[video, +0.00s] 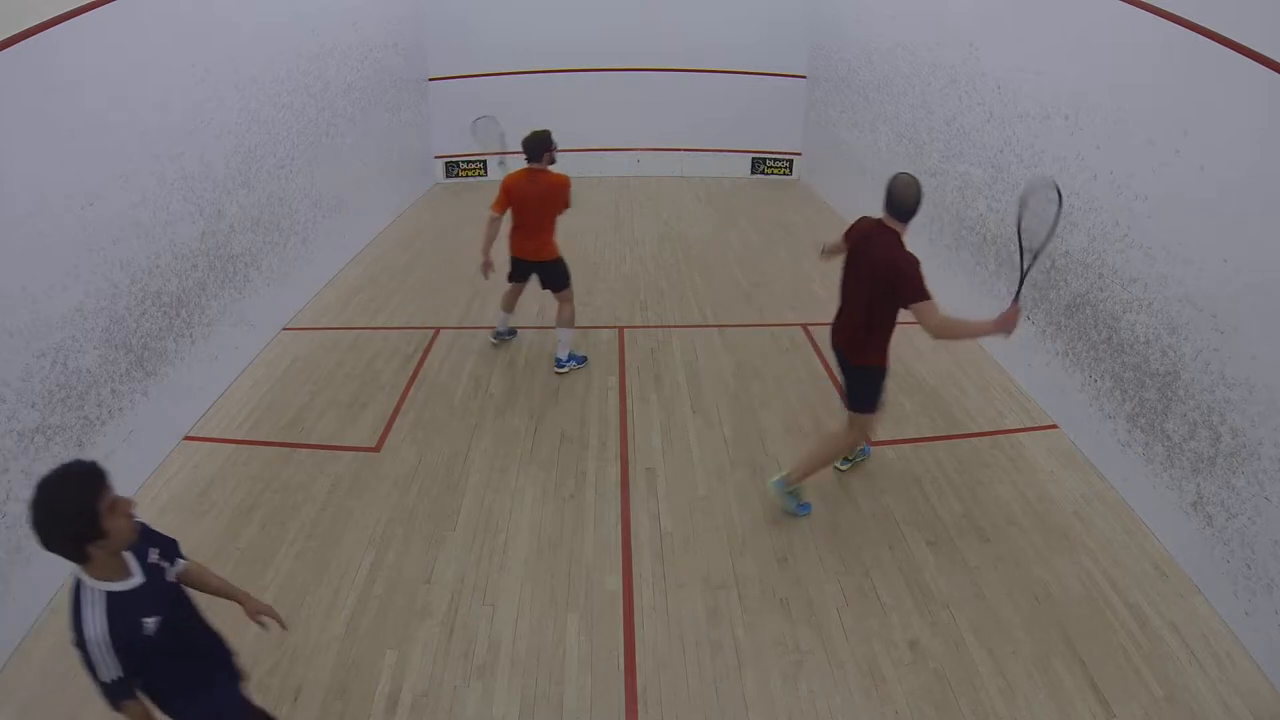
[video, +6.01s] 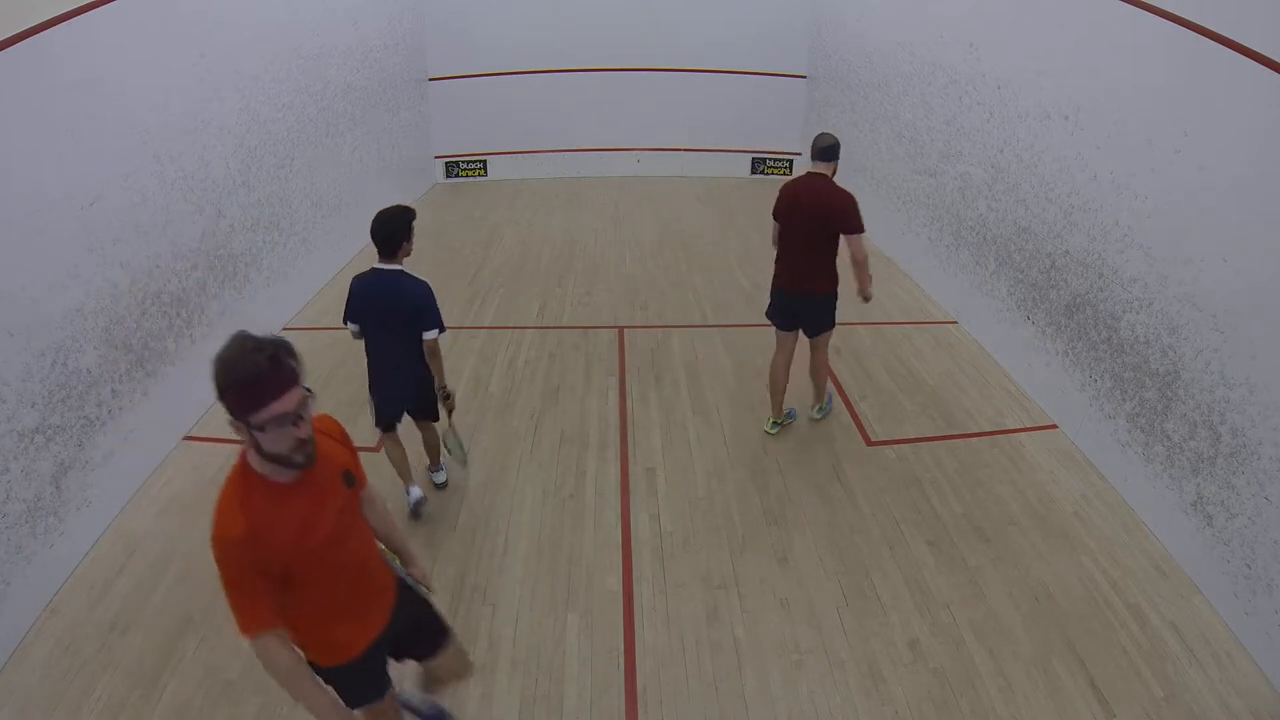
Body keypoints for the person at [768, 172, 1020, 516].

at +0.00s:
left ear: (885, 200)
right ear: (916, 210)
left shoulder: (864, 227)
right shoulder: (903, 263)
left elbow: (834, 248)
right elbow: (937, 326)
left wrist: (829, 249)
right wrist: (996, 326)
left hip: (842, 335)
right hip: (865, 355)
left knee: (860, 395)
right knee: (856, 429)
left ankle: (854, 449)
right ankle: (788, 482)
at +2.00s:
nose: (575, 186)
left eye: (577, 181)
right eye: (576, 180)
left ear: (586, 184)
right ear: (611, 181)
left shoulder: (581, 226)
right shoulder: (641, 213)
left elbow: (559, 278)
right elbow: (664, 261)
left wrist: (543, 285)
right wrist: (670, 305)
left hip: (607, 322)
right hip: (643, 313)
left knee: (582, 389)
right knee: (607, 352)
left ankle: (607, 462)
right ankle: (590, 396)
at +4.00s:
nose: (621, 215)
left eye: (625, 210)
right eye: (616, 210)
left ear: (639, 198)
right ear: (611, 201)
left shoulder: (664, 188)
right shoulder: (612, 223)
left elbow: (693, 203)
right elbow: (616, 267)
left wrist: (713, 233)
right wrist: (614, 316)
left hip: (677, 270)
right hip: (642, 276)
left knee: (684, 329)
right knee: (637, 325)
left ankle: (692, 393)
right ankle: (637, 375)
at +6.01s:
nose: (832, 163)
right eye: (836, 158)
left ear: (810, 157)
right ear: (837, 160)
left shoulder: (789, 189)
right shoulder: (843, 199)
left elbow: (777, 238)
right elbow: (857, 255)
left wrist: (791, 255)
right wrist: (864, 287)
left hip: (784, 286)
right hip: (821, 290)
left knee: (782, 351)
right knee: (819, 351)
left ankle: (776, 416)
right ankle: (818, 405)